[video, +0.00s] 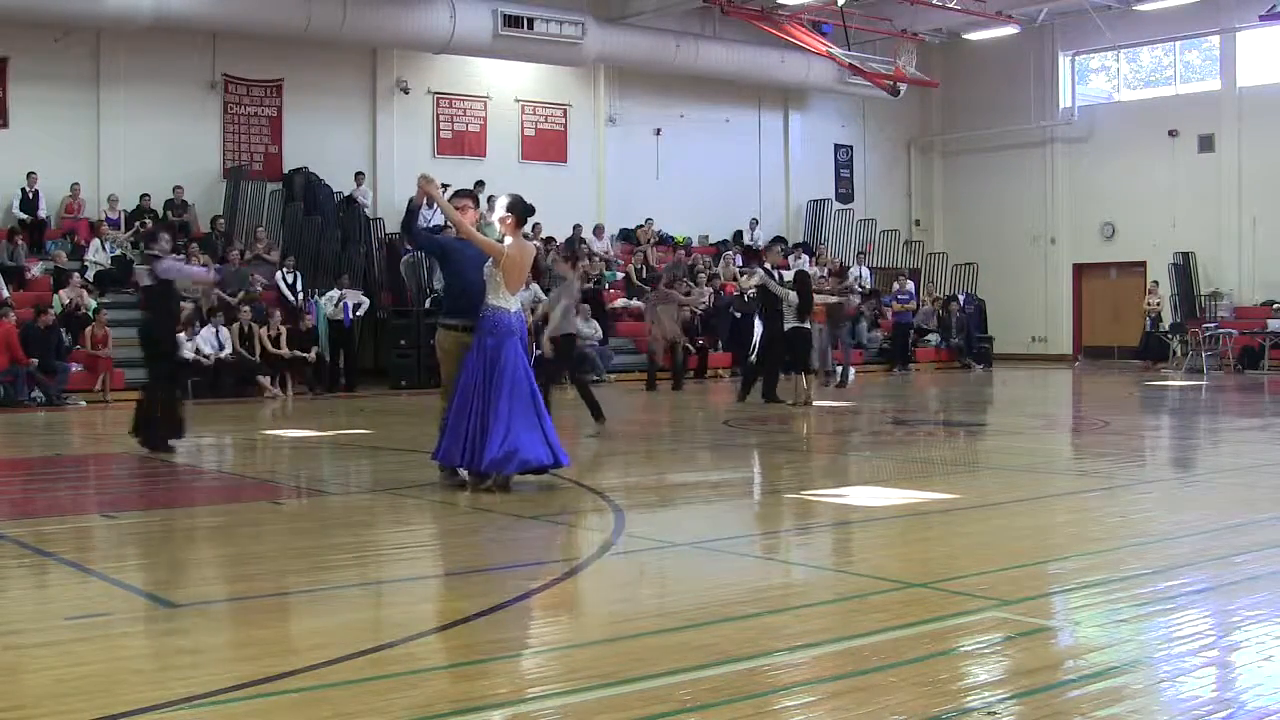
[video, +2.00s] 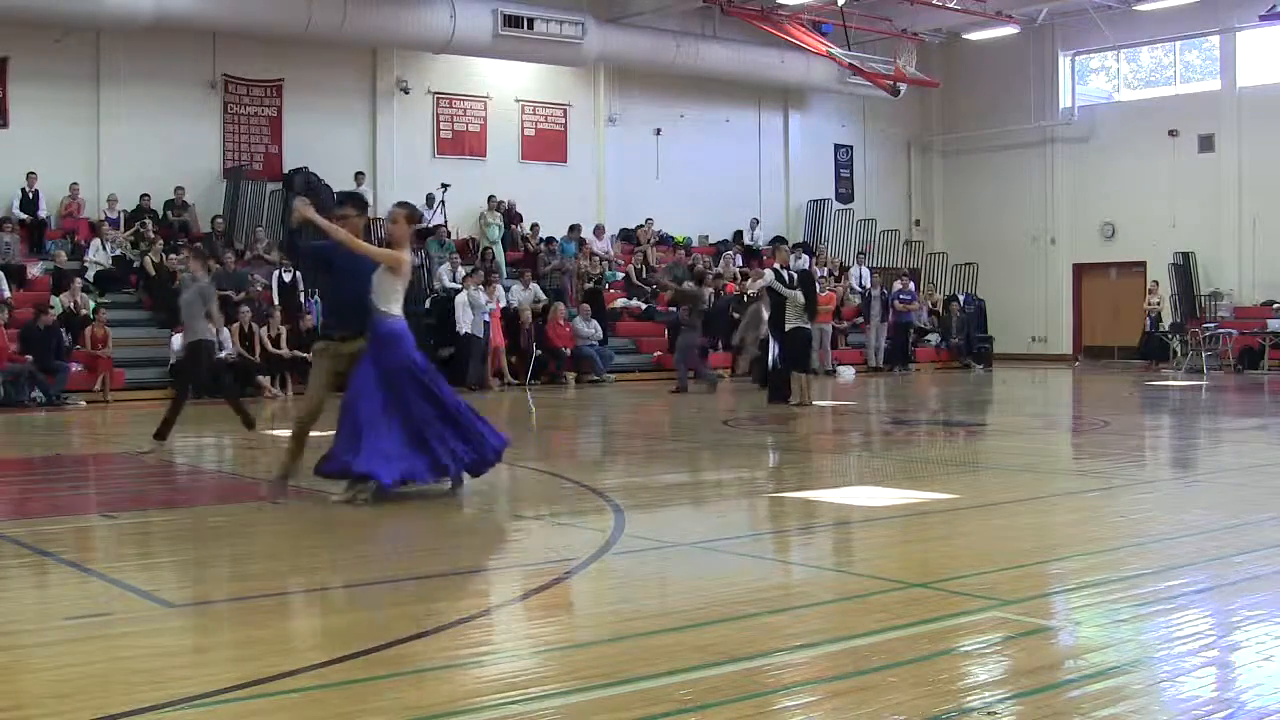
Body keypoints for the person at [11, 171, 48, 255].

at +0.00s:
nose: (34, 180)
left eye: (36, 179)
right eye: (32, 178)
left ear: (37, 180)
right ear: (27, 179)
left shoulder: (39, 193)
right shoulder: (20, 192)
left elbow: (42, 209)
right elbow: (14, 210)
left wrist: (41, 216)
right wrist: (25, 217)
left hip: (36, 217)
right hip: (24, 218)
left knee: (42, 224)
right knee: (33, 226)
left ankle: (40, 248)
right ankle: (32, 248)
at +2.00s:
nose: (33, 181)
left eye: (34, 179)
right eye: (31, 179)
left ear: (36, 180)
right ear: (27, 180)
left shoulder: (39, 193)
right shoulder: (20, 192)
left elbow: (42, 209)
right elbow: (14, 209)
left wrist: (41, 216)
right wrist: (25, 217)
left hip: (36, 217)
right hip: (24, 217)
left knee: (43, 223)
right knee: (33, 224)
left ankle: (40, 249)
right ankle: (32, 249)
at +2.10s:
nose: (33, 181)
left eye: (34, 179)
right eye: (31, 179)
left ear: (36, 180)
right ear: (27, 180)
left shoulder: (39, 193)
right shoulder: (20, 192)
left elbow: (42, 209)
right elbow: (14, 209)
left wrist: (41, 216)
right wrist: (25, 217)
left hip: (36, 217)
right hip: (25, 218)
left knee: (43, 223)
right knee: (33, 225)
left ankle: (40, 249)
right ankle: (32, 249)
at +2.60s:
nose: (33, 181)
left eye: (34, 179)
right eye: (31, 178)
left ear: (36, 180)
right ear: (27, 180)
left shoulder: (39, 193)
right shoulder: (20, 192)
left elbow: (42, 209)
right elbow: (15, 210)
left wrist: (41, 216)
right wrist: (25, 217)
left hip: (36, 219)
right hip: (25, 219)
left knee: (43, 223)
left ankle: (40, 248)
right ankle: (30, 248)